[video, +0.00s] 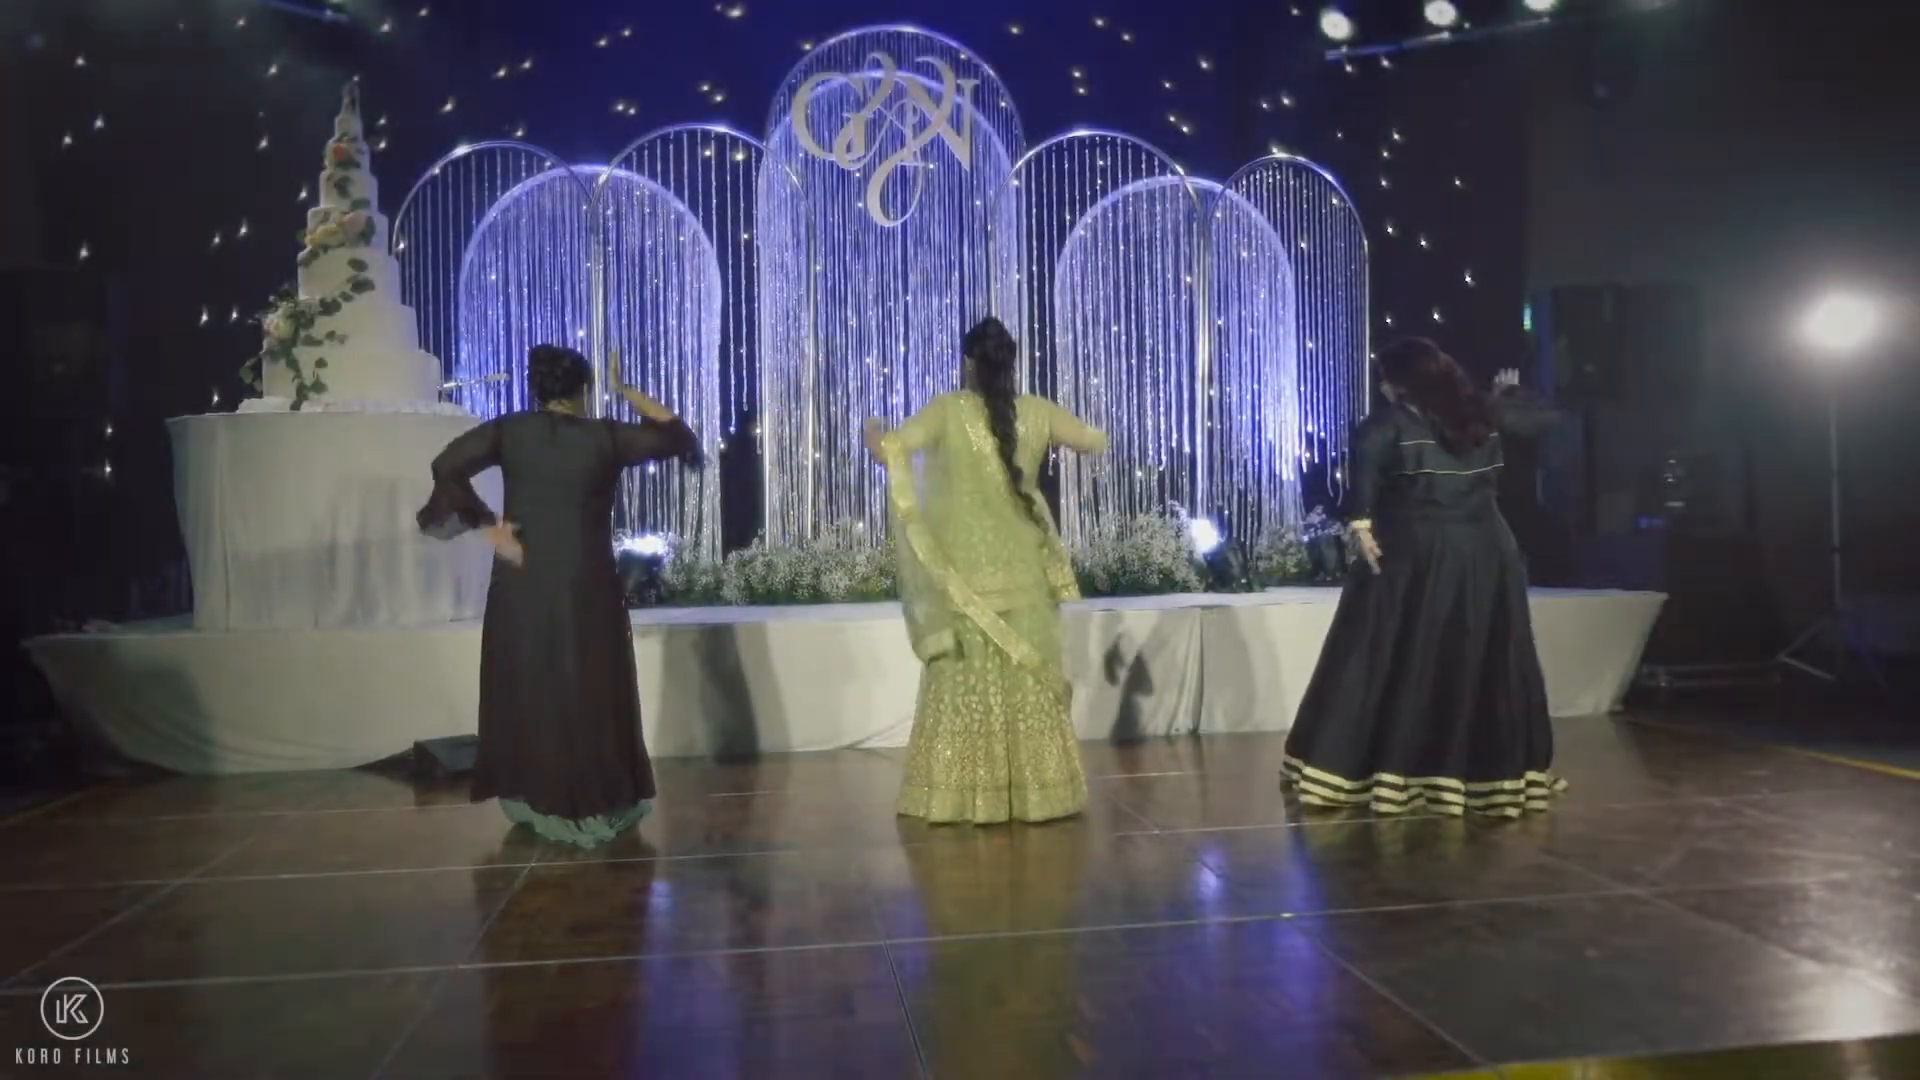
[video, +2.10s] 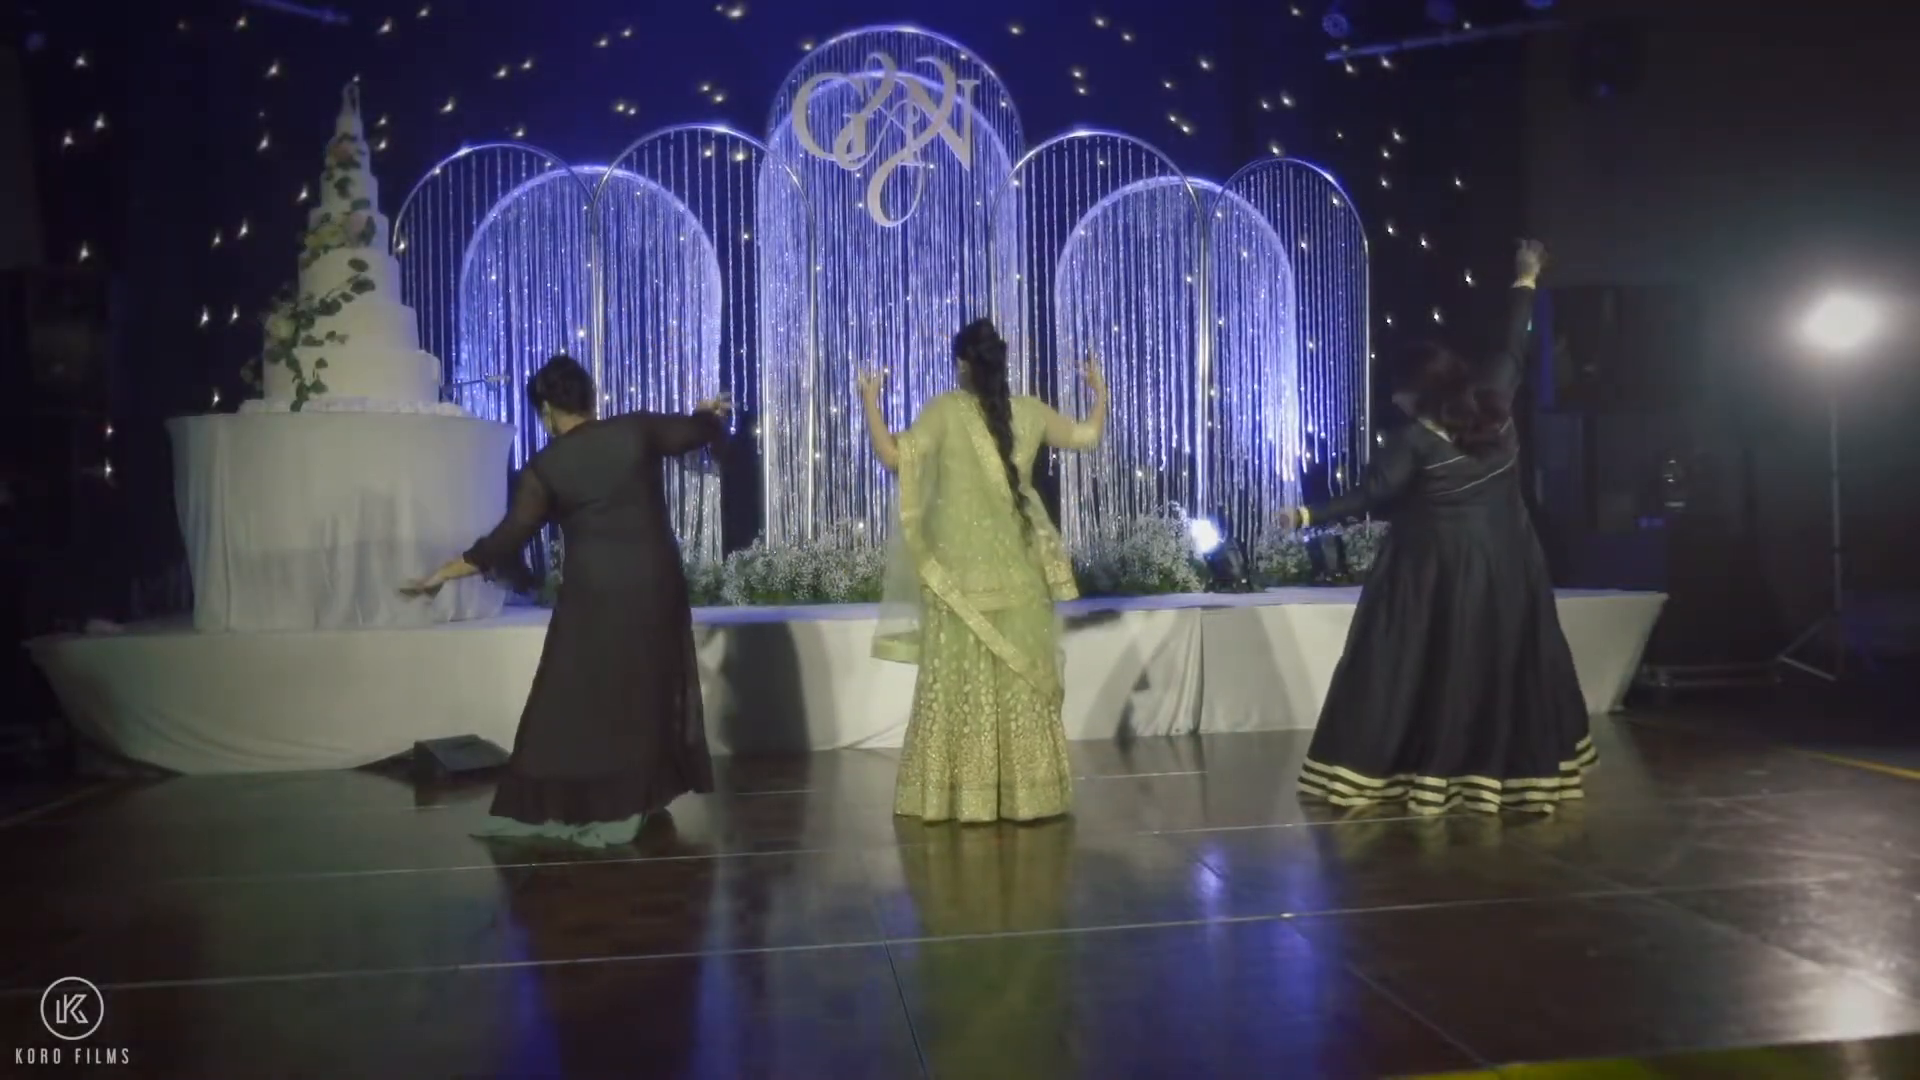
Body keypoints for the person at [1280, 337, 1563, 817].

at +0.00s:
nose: (1380, 390)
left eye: (1382, 382)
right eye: (1380, 382)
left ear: (1397, 384)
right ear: (1440, 373)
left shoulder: (1392, 423)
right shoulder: (1478, 415)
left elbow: (1368, 457)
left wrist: (1360, 518)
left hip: (1424, 551)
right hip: (1487, 547)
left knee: (1410, 661)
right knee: (1483, 660)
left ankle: (1405, 776)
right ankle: (1486, 777)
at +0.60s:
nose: (1388, 394)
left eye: (1392, 385)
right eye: (1389, 385)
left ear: (1406, 387)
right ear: (1448, 379)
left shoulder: (1407, 429)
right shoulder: (1485, 418)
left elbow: (1372, 477)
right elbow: (1539, 419)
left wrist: (1342, 444)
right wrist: (1511, 381)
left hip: (1425, 552)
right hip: (1489, 546)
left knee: (1419, 660)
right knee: (1487, 660)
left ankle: (1419, 777)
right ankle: (1493, 777)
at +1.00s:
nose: (1407, 387)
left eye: (1410, 379)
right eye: (1411, 379)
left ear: (1418, 383)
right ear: (1469, 374)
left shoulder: (1413, 424)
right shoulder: (1502, 409)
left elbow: (1348, 436)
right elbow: (1542, 373)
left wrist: (1326, 383)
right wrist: (1537, 310)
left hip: (1423, 546)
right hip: (1490, 544)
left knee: (1416, 661)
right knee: (1489, 663)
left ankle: (1415, 782)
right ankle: (1493, 782)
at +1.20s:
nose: (1413, 383)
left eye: (1417, 375)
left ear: (1425, 380)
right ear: (1476, 375)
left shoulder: (1416, 421)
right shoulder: (1503, 411)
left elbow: (1360, 380)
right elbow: (1505, 356)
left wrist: (1369, 316)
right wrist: (1473, 299)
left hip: (1430, 547)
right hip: (1496, 543)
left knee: (1426, 662)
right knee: (1495, 662)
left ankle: (1421, 783)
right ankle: (1497, 783)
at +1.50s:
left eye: (1435, 359)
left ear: (1430, 372)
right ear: (1486, 369)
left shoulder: (1414, 421)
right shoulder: (1508, 408)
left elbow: (1356, 410)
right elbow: (1510, 351)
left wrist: (1337, 359)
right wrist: (1476, 301)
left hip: (1431, 546)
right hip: (1499, 545)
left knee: (1422, 659)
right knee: (1495, 661)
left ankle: (1417, 782)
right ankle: (1495, 782)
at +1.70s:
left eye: (1426, 371)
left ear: (1429, 379)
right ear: (1481, 371)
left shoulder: (1418, 425)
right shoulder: (1507, 405)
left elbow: (1353, 437)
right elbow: (1516, 348)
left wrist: (1284, 430)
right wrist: (1515, 296)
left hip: (1433, 553)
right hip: (1501, 552)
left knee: (1420, 663)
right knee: (1496, 665)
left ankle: (1419, 779)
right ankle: (1495, 781)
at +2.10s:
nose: (1397, 401)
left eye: (1401, 393)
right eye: (1397, 393)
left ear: (1417, 392)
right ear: (1461, 379)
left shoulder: (1413, 438)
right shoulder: (1493, 410)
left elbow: (1374, 492)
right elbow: (1513, 344)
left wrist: (1311, 515)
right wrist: (1526, 281)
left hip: (1437, 565)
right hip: (1506, 558)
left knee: (1424, 667)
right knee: (1503, 667)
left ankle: (1425, 782)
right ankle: (1506, 780)